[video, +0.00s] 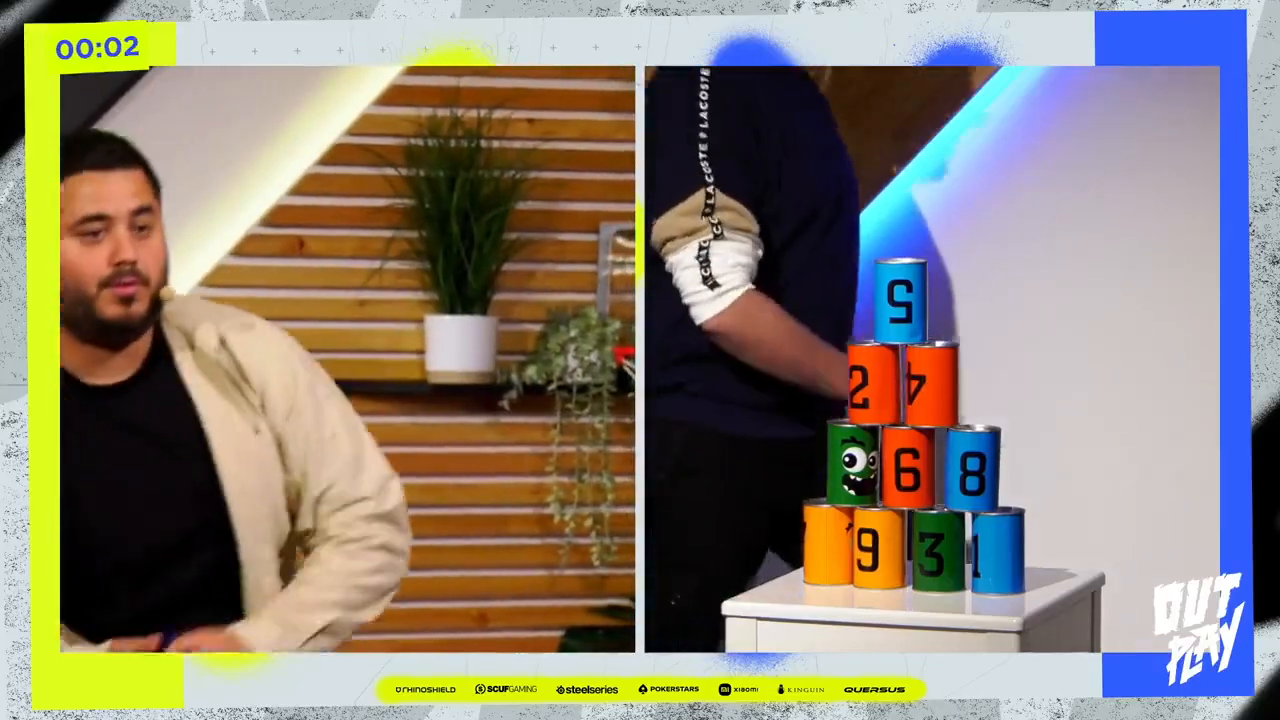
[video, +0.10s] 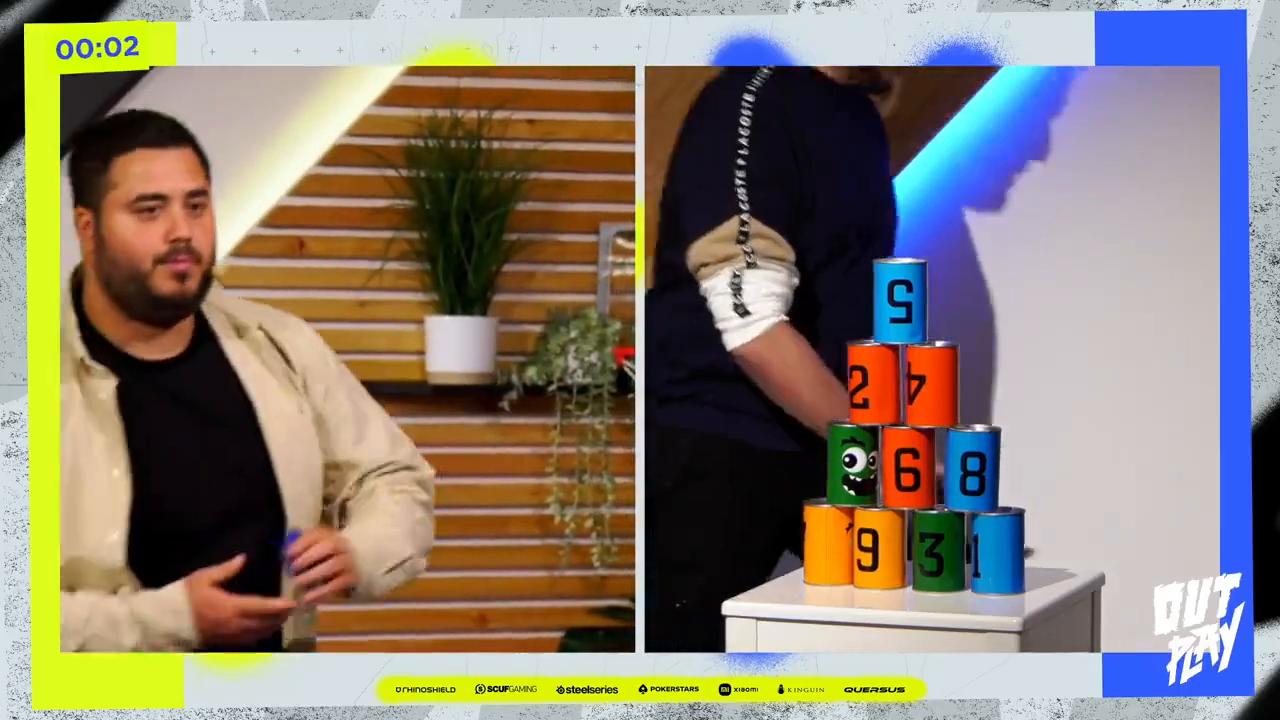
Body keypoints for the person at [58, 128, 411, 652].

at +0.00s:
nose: (125, 255)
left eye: (141, 226)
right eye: (92, 233)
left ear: (163, 234)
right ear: (39, 250)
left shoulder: (247, 354)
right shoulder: (18, 386)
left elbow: (371, 527)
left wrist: (252, 643)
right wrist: (83, 662)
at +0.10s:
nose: (181, 233)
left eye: (196, 206)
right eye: (148, 210)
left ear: (214, 214)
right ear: (87, 228)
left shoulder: (281, 345)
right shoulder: (31, 374)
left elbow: (396, 476)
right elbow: (10, 618)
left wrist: (359, 553)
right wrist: (173, 619)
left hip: (274, 702)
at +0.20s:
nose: (227, 227)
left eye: (240, 202)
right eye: (194, 203)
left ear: (256, 214)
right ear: (132, 223)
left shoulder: (299, 356)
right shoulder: (69, 370)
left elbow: (369, 495)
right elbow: (49, 580)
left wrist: (423, 539)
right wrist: (248, 579)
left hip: (294, 691)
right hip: (128, 693)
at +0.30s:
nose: (264, 227)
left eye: (277, 204)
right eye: (232, 203)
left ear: (291, 220)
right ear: (168, 222)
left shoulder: (293, 354)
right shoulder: (113, 355)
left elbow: (365, 523)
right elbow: (105, 546)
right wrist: (319, 546)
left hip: (298, 687)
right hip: (159, 693)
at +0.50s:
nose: (292, 244)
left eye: (303, 221)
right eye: (261, 220)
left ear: (316, 235)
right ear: (198, 237)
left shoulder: (290, 386)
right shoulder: (159, 349)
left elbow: (294, 598)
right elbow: (186, 479)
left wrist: (383, 689)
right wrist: (402, 507)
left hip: (249, 697)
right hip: (125, 696)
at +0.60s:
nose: (293, 250)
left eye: (304, 228)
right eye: (261, 227)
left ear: (317, 240)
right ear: (199, 246)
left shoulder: (278, 393)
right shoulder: (167, 353)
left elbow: (232, 581)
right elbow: (173, 459)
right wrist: (361, 511)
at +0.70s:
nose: (284, 251)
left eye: (296, 229)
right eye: (253, 229)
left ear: (311, 239)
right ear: (190, 246)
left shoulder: (269, 387)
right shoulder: (159, 352)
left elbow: (290, 526)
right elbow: (114, 454)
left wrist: (359, 455)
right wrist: (257, 539)